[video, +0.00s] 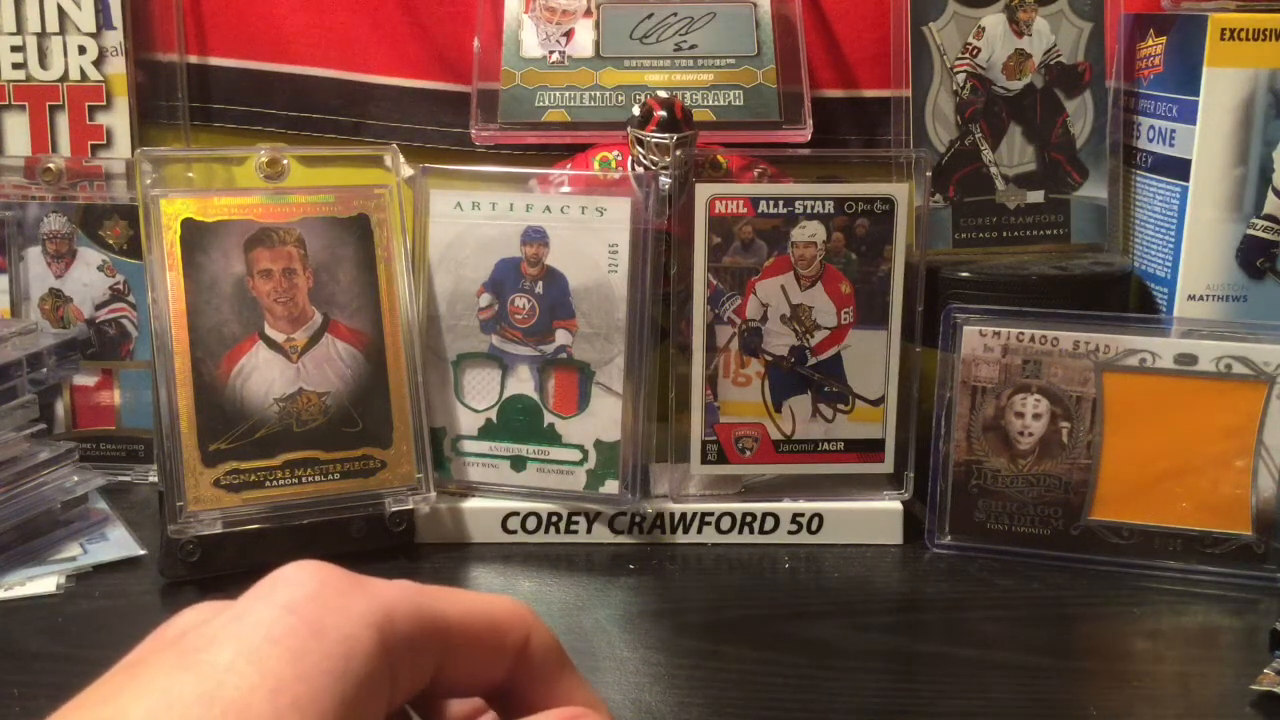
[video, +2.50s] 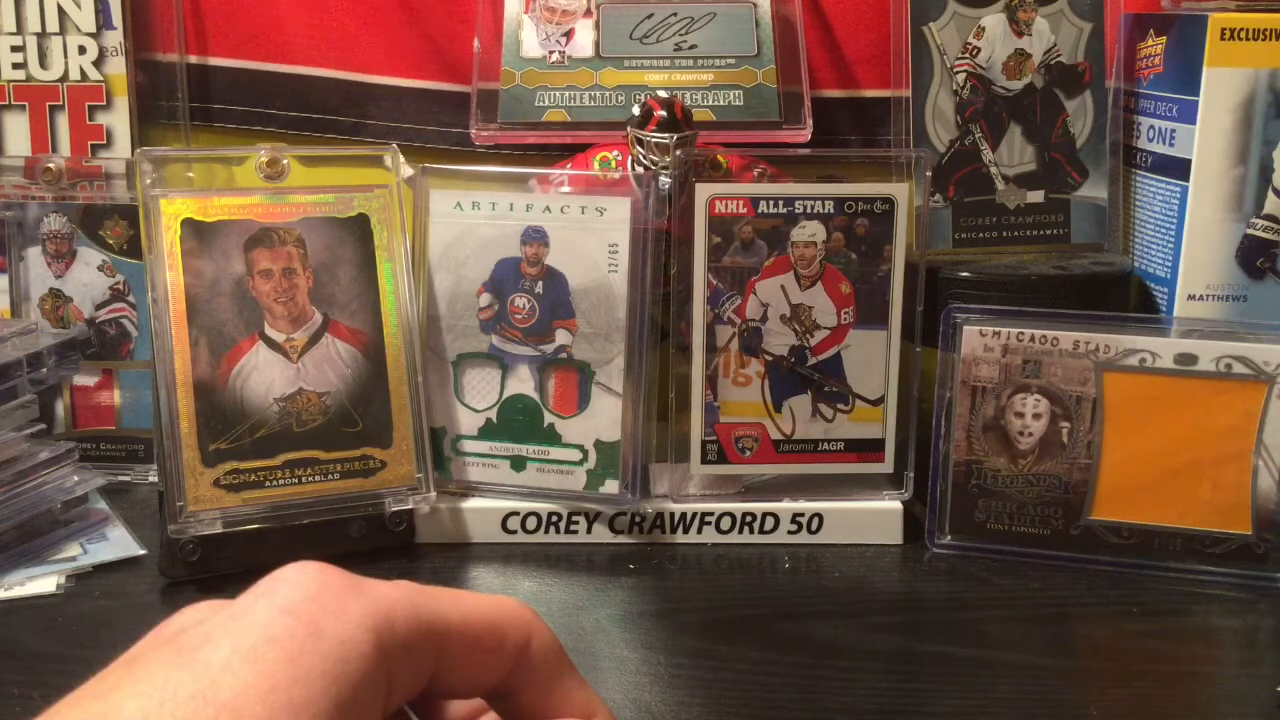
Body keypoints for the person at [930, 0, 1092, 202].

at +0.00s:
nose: (1030, 17)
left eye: (1034, 11)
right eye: (1025, 11)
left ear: (1037, 11)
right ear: (1011, 9)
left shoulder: (1041, 28)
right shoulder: (990, 26)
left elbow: (1051, 61)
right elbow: (965, 63)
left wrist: (1068, 75)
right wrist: (969, 98)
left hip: (1025, 92)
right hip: (992, 93)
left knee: (1056, 123)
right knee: (980, 139)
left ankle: (1063, 176)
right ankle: (942, 183)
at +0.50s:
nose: (1030, 17)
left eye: (1034, 11)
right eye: (1024, 11)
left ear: (1037, 11)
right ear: (1011, 9)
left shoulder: (1041, 28)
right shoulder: (990, 26)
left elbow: (1051, 62)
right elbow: (964, 63)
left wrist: (1069, 75)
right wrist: (969, 98)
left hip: (1025, 92)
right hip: (992, 93)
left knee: (1056, 124)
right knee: (980, 138)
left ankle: (1064, 176)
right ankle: (943, 184)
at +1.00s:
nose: (1030, 16)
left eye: (1033, 11)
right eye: (1024, 11)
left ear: (1037, 10)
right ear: (1011, 9)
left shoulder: (1041, 28)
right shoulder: (990, 26)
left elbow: (1051, 62)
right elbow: (965, 63)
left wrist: (1069, 75)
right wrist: (970, 99)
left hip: (1026, 91)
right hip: (992, 93)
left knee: (1056, 124)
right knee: (980, 138)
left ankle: (1063, 176)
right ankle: (942, 184)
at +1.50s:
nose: (1030, 17)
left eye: (1034, 11)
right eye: (1025, 11)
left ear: (1037, 11)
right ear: (1011, 9)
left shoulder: (1041, 27)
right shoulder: (990, 26)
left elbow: (1050, 61)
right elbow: (965, 63)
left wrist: (1068, 74)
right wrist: (969, 98)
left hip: (1026, 91)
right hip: (993, 93)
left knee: (1056, 124)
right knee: (979, 138)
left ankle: (1063, 178)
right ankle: (942, 186)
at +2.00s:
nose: (1030, 16)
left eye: (1033, 10)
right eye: (1024, 10)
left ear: (1037, 10)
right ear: (1010, 9)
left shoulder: (1041, 27)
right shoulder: (990, 26)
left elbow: (1050, 60)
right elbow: (965, 63)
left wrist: (1067, 75)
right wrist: (969, 98)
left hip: (1025, 92)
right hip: (992, 93)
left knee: (1056, 123)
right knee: (979, 138)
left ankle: (1063, 177)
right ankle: (942, 186)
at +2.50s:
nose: (1029, 16)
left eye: (1033, 10)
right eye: (1024, 10)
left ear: (1037, 10)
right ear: (1011, 9)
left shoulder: (1041, 27)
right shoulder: (990, 26)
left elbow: (1050, 61)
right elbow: (965, 62)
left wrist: (1068, 74)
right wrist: (969, 96)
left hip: (1026, 92)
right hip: (993, 94)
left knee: (1056, 122)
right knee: (980, 138)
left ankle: (1063, 177)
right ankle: (943, 185)